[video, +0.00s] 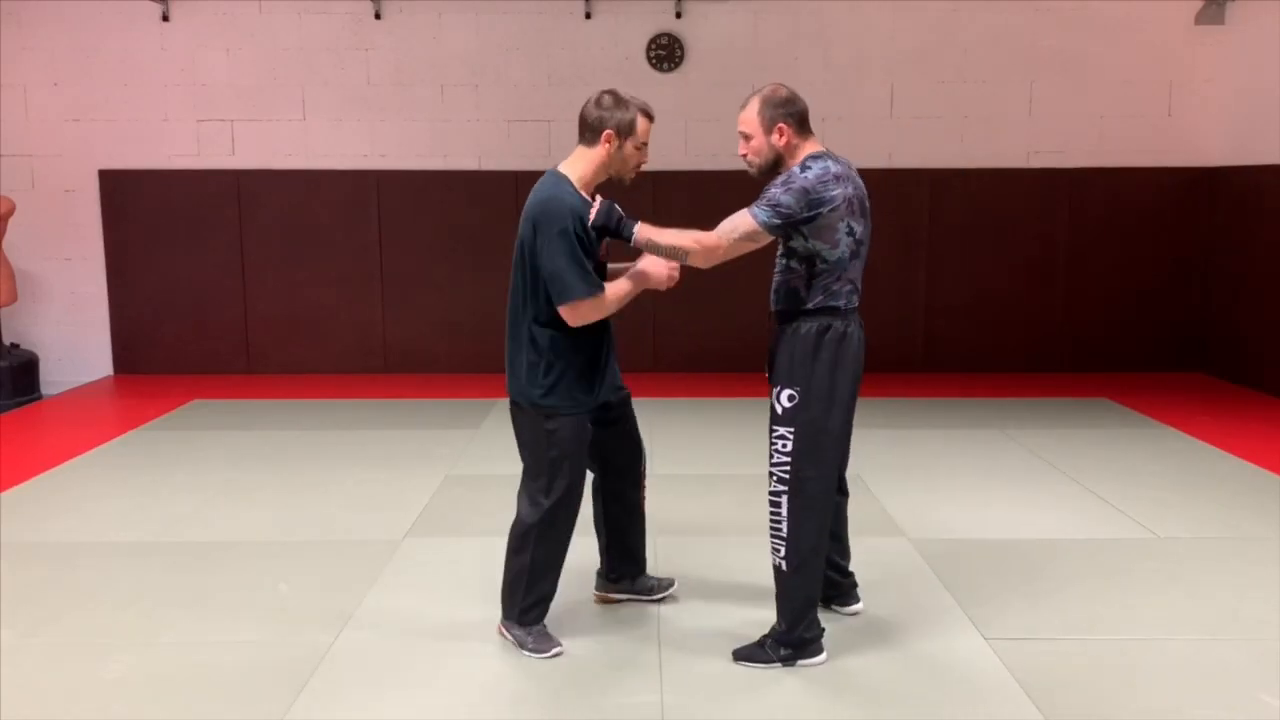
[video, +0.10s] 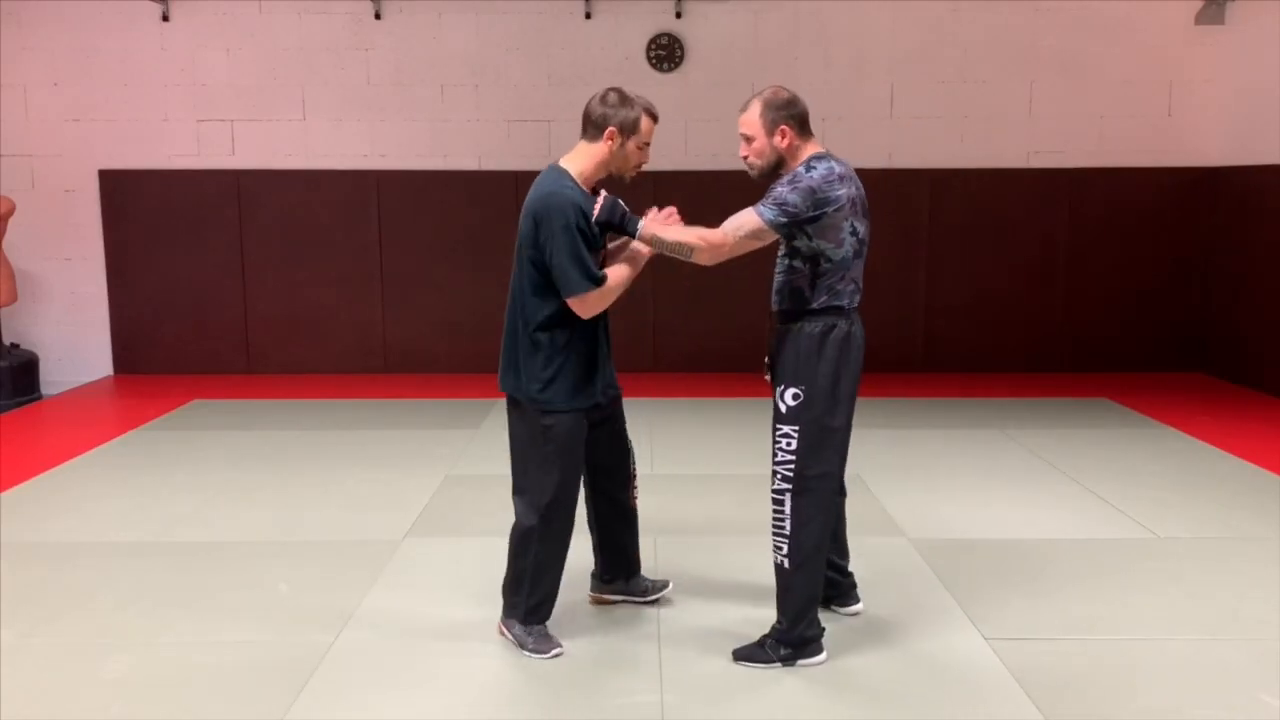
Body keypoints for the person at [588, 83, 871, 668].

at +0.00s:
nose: (741, 148)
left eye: (748, 137)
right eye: (740, 137)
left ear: (782, 133)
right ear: (790, 133)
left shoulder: (808, 184)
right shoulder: (834, 175)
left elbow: (713, 247)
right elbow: (734, 244)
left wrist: (627, 228)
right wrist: (644, 240)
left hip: (813, 342)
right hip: (833, 337)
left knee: (795, 485)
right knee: (822, 472)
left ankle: (797, 633)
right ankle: (835, 581)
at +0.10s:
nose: (742, 150)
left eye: (749, 139)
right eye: (741, 139)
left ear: (784, 135)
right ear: (789, 136)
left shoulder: (813, 184)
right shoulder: (826, 177)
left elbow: (713, 247)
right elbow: (729, 244)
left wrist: (634, 228)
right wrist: (650, 235)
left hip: (815, 342)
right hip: (826, 338)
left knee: (796, 483)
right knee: (820, 472)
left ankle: (797, 633)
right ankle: (834, 581)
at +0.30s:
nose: (743, 156)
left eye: (749, 144)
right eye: (742, 144)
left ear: (785, 140)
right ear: (788, 140)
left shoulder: (819, 185)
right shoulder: (821, 178)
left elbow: (721, 243)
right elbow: (810, 277)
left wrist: (637, 233)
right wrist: (781, 339)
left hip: (819, 337)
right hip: (819, 335)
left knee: (797, 482)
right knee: (817, 474)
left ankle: (795, 633)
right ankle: (834, 582)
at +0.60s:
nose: (741, 159)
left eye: (747, 147)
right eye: (740, 147)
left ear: (783, 141)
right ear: (786, 141)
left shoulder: (813, 185)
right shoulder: (825, 177)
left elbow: (714, 237)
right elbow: (815, 278)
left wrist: (629, 230)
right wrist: (783, 338)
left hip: (815, 338)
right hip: (822, 335)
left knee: (797, 483)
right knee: (818, 473)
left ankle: (801, 632)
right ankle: (834, 582)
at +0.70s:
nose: (741, 158)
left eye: (746, 146)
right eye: (739, 147)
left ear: (781, 140)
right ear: (784, 139)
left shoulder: (810, 185)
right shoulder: (825, 176)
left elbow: (709, 235)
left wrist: (620, 223)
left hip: (813, 339)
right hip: (820, 335)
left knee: (795, 482)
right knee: (817, 472)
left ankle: (801, 632)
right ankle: (834, 581)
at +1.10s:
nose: (734, 153)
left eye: (742, 142)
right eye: (733, 141)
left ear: (777, 138)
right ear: (782, 138)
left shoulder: (803, 186)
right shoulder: (825, 176)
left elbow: (701, 242)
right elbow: (720, 239)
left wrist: (612, 235)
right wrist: (624, 242)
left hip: (809, 344)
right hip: (823, 340)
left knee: (787, 488)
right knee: (816, 473)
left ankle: (799, 635)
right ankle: (834, 583)